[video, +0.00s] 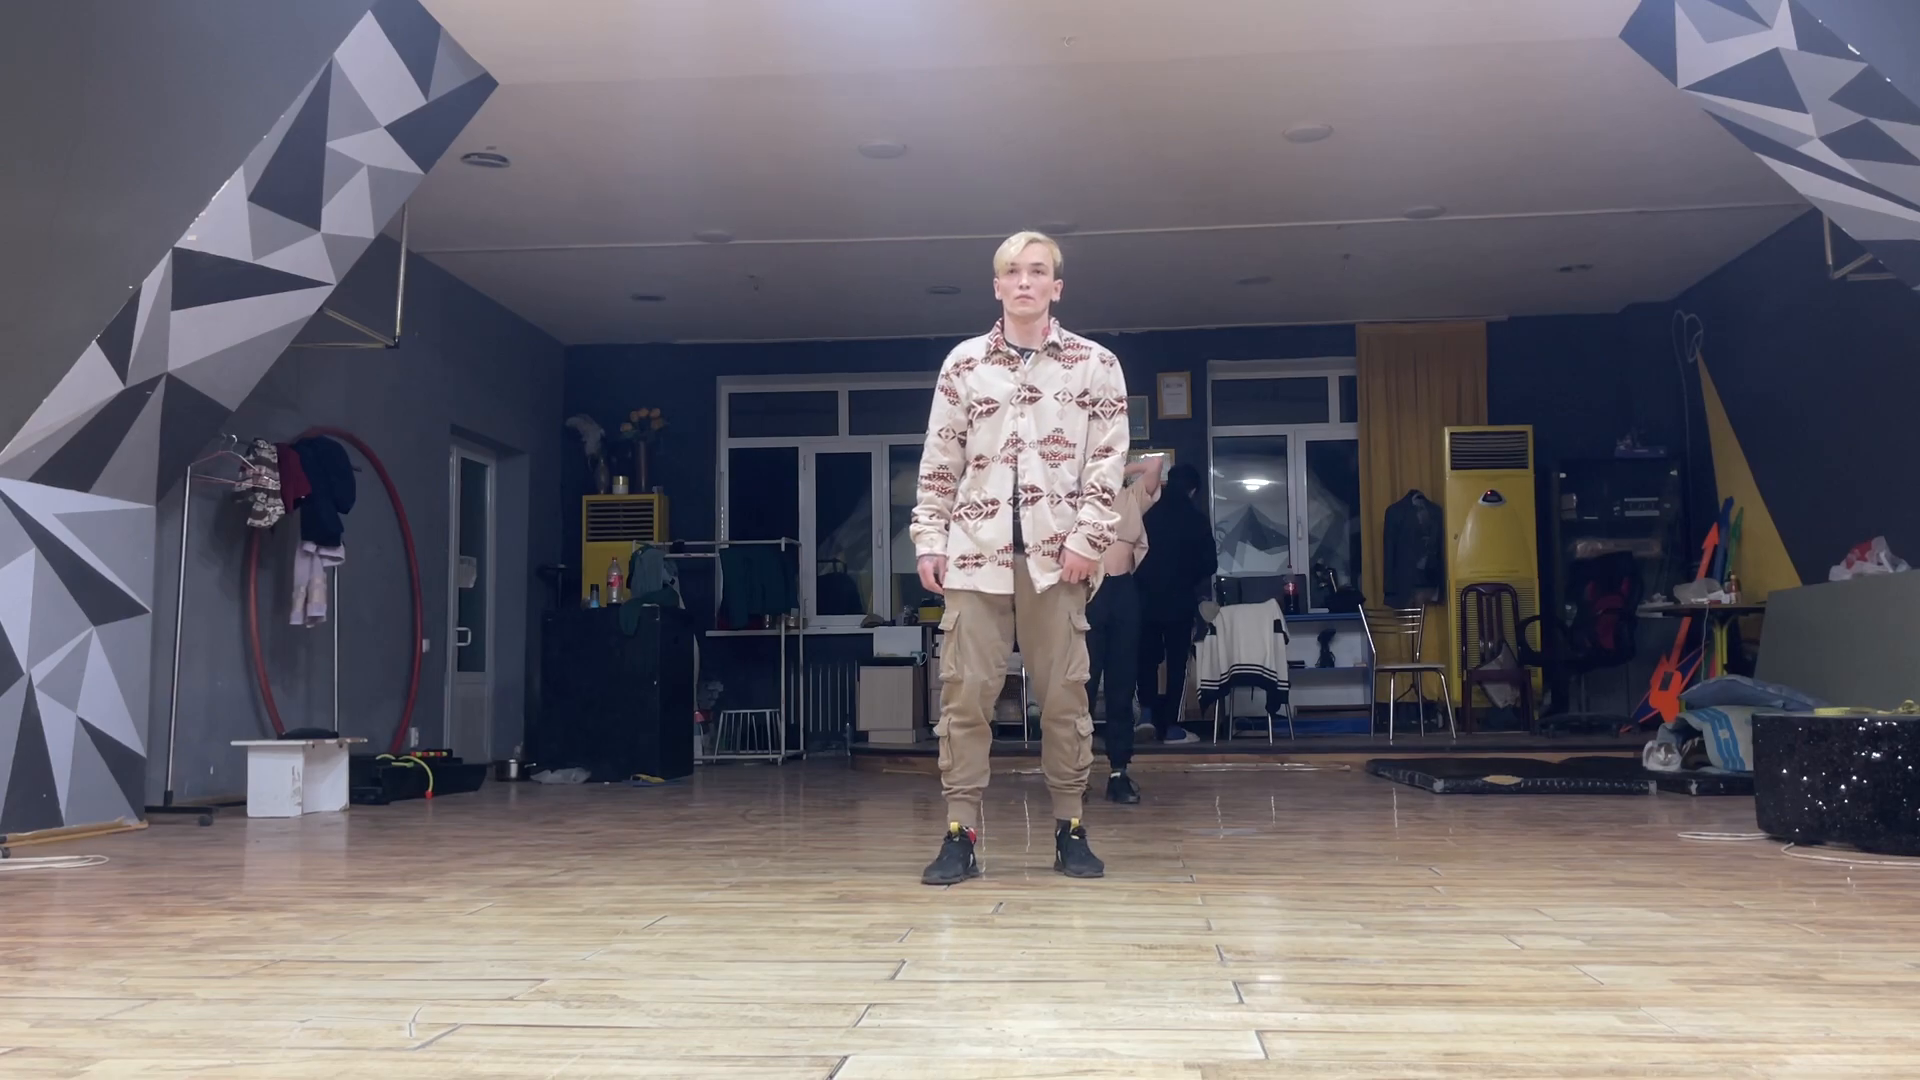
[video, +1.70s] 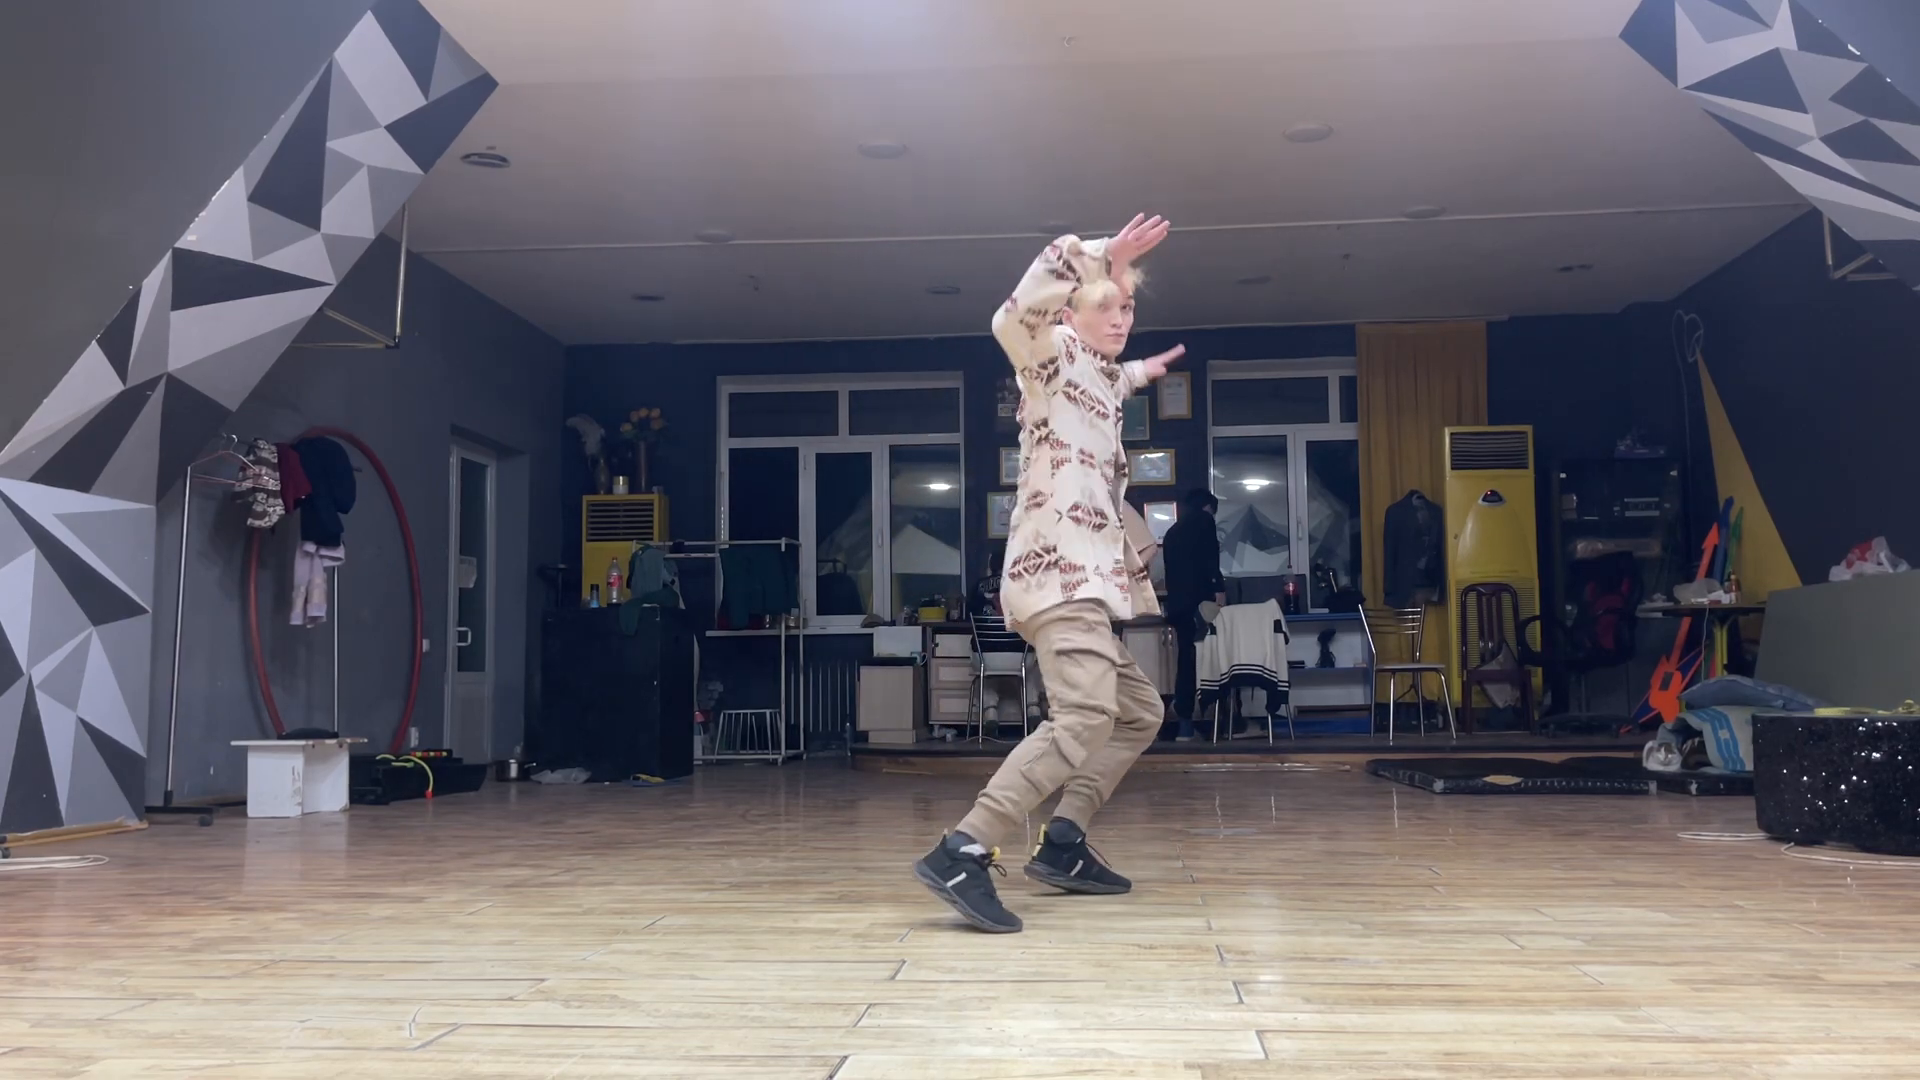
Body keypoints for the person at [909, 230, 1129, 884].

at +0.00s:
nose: (1025, 281)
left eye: (1038, 272)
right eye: (1014, 272)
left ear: (1057, 285)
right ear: (997, 284)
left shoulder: (1095, 364)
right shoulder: (963, 363)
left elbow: (1108, 465)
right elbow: (938, 464)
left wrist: (1087, 540)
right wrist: (929, 540)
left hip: (1058, 555)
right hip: (975, 555)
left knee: (1063, 695)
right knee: (965, 694)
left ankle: (1071, 831)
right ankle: (959, 835)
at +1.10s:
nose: (1038, 267)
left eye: (1050, 258)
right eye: (1026, 260)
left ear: (1072, 278)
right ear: (1008, 280)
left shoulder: (1116, 351)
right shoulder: (977, 361)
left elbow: (1150, 427)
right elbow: (937, 437)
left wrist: (1081, 452)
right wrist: (977, 458)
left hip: (1092, 553)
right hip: (1002, 557)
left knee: (1120, 695)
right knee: (981, 700)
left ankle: (1157, 836)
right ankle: (962, 837)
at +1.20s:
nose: (1043, 262)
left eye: (1056, 253)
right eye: (1031, 253)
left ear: (1076, 271)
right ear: (1013, 271)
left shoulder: (1107, 342)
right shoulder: (983, 346)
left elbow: (1158, 394)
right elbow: (937, 418)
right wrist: (972, 362)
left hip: (1091, 561)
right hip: (998, 563)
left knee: (1122, 701)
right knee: (977, 703)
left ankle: (1155, 836)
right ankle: (962, 837)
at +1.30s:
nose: (1055, 266)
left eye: (1066, 257)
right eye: (1041, 257)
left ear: (1084, 270)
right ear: (1019, 272)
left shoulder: (1116, 335)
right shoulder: (995, 337)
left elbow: (1167, 388)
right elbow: (961, 403)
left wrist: (1129, 325)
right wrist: (1011, 335)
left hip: (1094, 562)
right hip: (1004, 564)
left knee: (1137, 690)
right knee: (977, 710)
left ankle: (1098, 834)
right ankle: (961, 837)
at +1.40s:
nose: (1083, 277)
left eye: (1091, 268)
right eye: (1068, 267)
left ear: (1101, 283)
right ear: (1038, 282)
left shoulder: (1116, 371)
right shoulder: (1003, 363)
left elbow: (1147, 457)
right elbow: (998, 462)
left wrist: (1159, 488)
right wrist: (1089, 490)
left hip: (1104, 571)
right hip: (1023, 573)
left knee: (1113, 709)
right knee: (1017, 717)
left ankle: (1051, 846)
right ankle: (962, 822)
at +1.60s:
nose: (1114, 291)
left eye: (1123, 281)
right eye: (1100, 279)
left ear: (1130, 290)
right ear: (1067, 287)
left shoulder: (1100, 371)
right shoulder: (1041, 351)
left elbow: (1109, 469)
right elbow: (1017, 417)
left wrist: (1170, 486)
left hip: (1096, 560)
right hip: (1044, 549)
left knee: (1144, 698)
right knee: (1076, 676)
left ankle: (1061, 839)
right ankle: (973, 831)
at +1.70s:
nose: (1123, 316)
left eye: (1129, 304)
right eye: (1109, 304)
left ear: (1132, 307)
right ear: (1067, 309)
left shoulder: (1103, 375)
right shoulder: (1050, 357)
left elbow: (1116, 378)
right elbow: (1020, 316)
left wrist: (1151, 367)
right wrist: (1095, 253)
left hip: (1085, 580)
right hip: (1054, 573)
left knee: (1139, 711)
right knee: (1085, 716)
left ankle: (1063, 841)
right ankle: (962, 853)